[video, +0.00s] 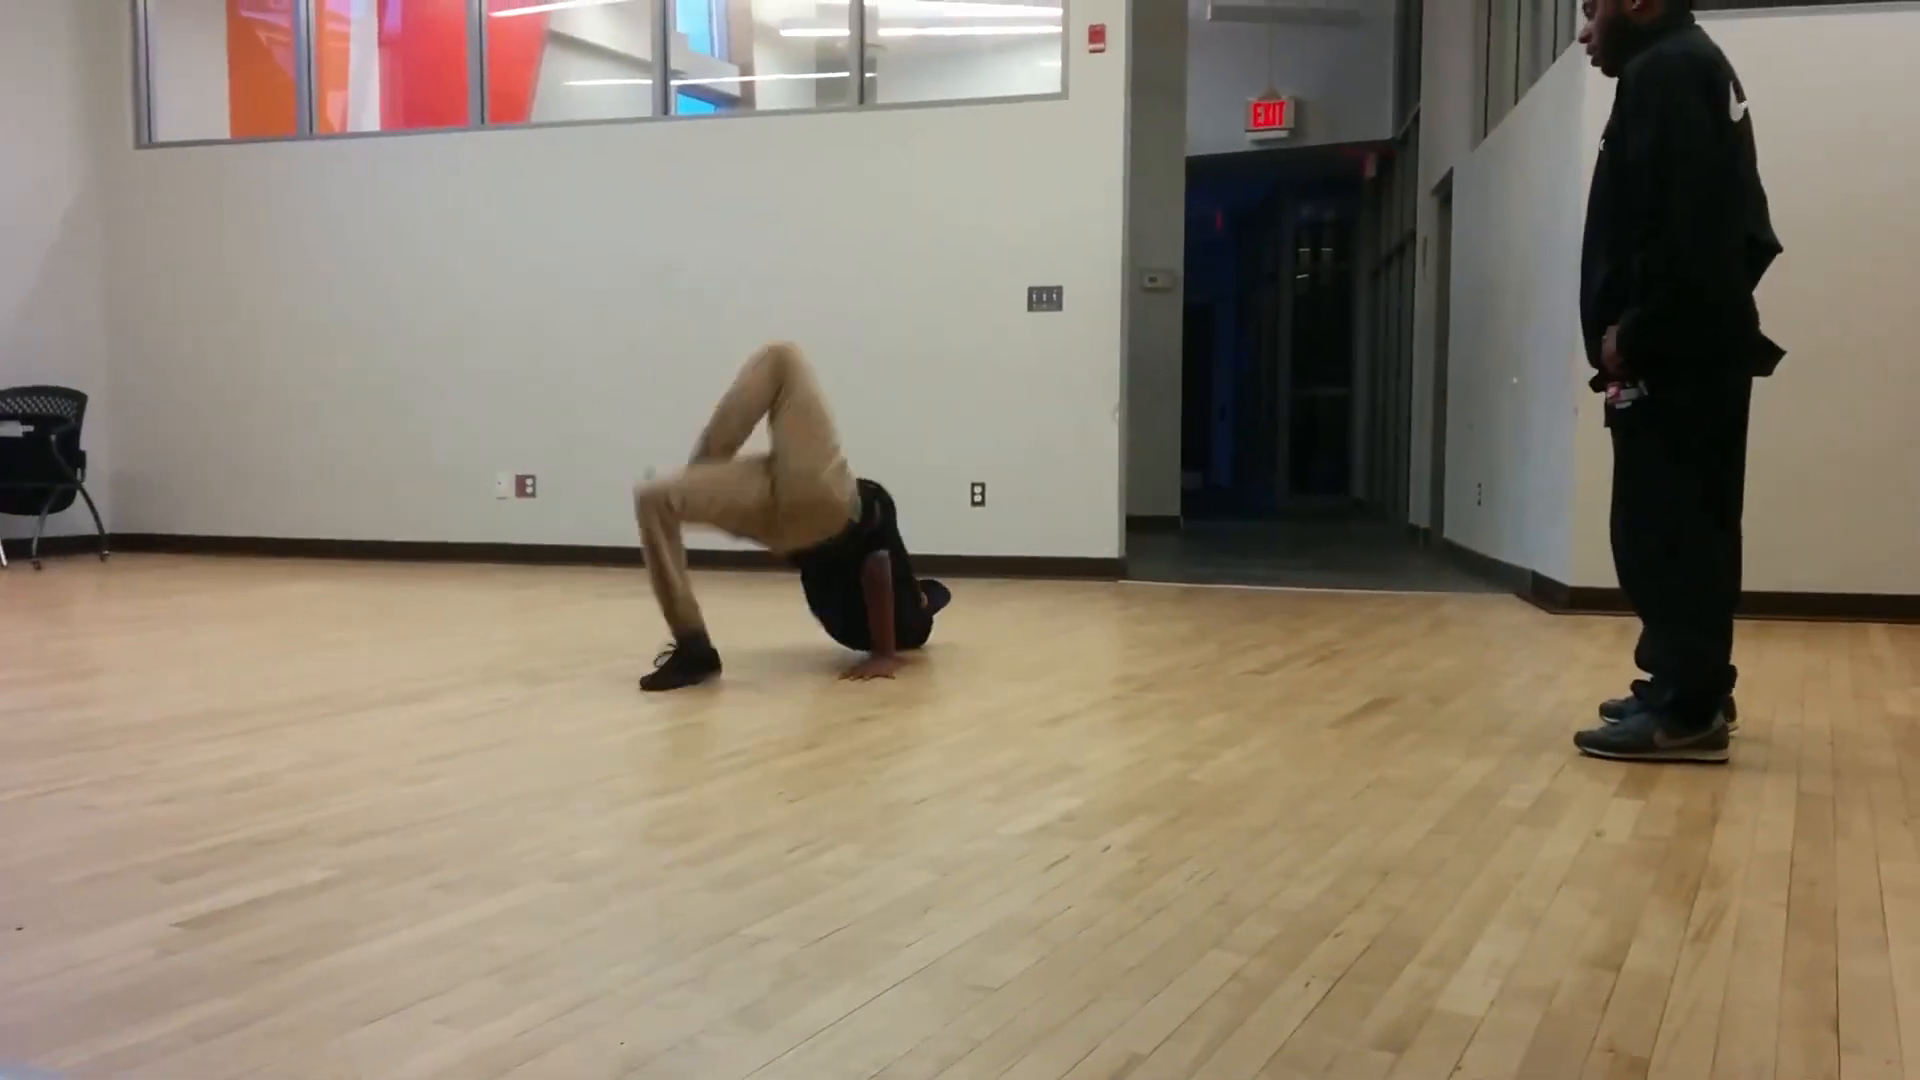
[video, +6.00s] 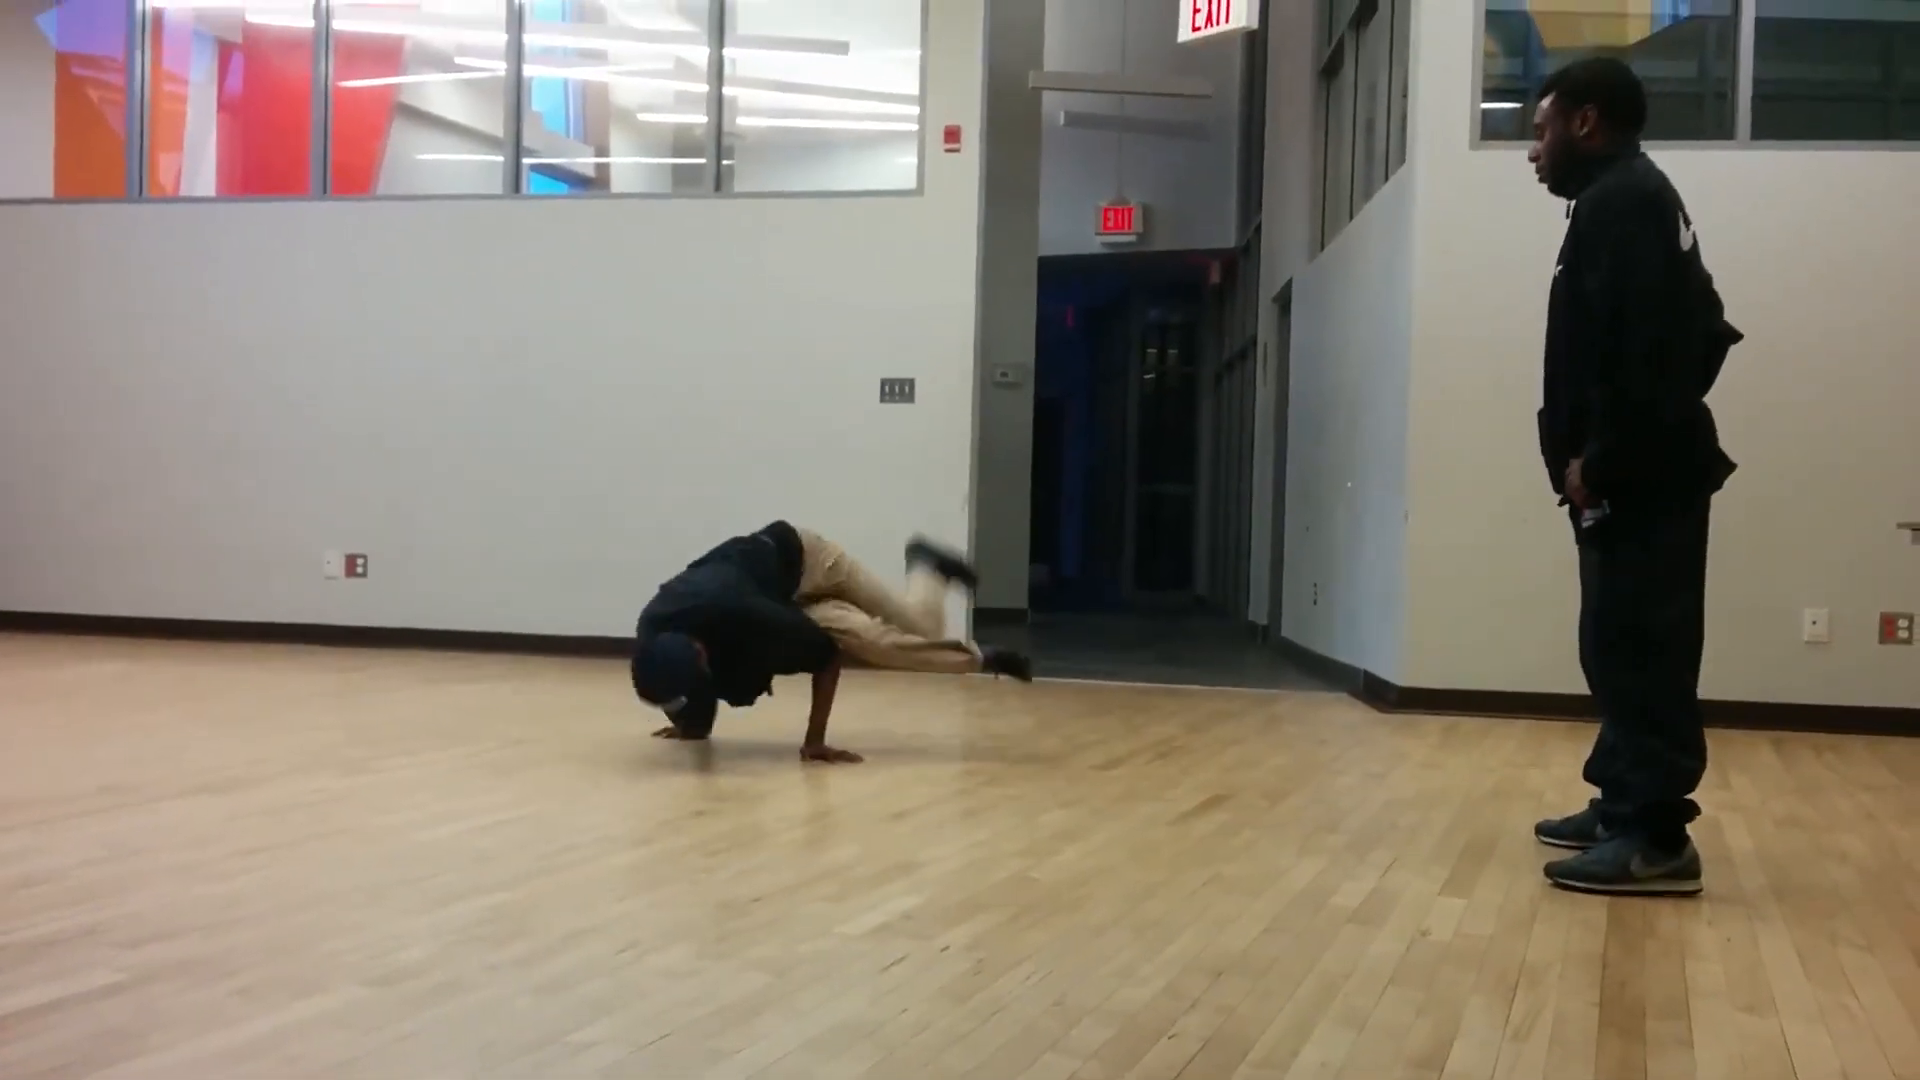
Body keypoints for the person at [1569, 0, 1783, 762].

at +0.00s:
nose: (1582, 28)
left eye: (1591, 10)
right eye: (1583, 12)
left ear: (1637, 6)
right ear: (1647, 9)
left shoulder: (1667, 72)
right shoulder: (1687, 67)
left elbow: (1678, 225)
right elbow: (1738, 234)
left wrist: (1633, 331)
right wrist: (1634, 332)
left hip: (1676, 363)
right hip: (1690, 357)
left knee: (1668, 528)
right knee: (1678, 523)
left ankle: (1687, 711)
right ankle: (1684, 693)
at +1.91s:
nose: (1563, 71)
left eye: (1571, 52)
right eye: (1563, 55)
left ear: (1615, 43)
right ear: (1624, 43)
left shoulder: (1637, 119)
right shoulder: (1675, 114)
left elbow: (1637, 269)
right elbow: (1747, 265)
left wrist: (1591, 367)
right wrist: (1684, 355)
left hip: (1638, 398)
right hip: (1675, 396)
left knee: (1628, 558)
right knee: (1663, 553)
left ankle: (1657, 741)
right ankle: (1663, 727)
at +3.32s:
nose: (1651, 48)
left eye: (1661, 26)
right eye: (1653, 29)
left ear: (1704, 22)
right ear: (1724, 27)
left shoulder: (1705, 113)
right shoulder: (1785, 103)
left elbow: (1689, 253)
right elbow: (1873, 226)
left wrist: (1661, 363)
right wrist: (1790, 298)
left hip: (1712, 383)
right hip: (1786, 378)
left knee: (1668, 550)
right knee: (1784, 551)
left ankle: (1647, 729)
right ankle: (1791, 729)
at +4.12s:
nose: (1708, 70)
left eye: (1715, 47)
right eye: (1708, 52)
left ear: (1766, 36)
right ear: (1770, 39)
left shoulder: (1806, 102)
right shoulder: (1828, 101)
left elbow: (1820, 239)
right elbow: (1898, 232)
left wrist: (1773, 342)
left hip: (1796, 386)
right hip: (1850, 385)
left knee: (1728, 532)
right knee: (1825, 546)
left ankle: (1743, 720)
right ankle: (1810, 727)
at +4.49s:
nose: (1666, 80)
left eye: (1675, 59)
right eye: (1665, 63)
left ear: (1727, 47)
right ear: (1727, 51)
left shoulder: (1774, 116)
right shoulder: (1759, 118)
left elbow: (1815, 270)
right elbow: (1816, 268)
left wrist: (1738, 374)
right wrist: (1715, 369)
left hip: (1774, 405)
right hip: (1751, 405)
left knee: (1754, 566)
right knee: (1730, 562)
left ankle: (1748, 752)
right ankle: (1723, 736)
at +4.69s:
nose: (1592, 83)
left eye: (1601, 62)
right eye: (1591, 65)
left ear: (1655, 51)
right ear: (1654, 55)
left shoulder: (1696, 125)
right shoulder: (1678, 125)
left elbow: (1709, 278)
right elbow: (1686, 276)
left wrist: (1658, 389)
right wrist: (1633, 382)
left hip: (1691, 414)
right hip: (1666, 412)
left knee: (1681, 583)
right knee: (1657, 579)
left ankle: (1682, 773)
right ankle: (1649, 743)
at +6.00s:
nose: (1531, 150)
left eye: (1540, 130)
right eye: (1531, 131)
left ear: (1585, 124)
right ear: (1593, 125)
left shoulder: (1623, 204)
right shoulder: (1630, 197)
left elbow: (1662, 343)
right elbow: (1700, 333)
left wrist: (1595, 460)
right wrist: (1604, 447)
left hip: (1646, 483)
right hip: (1635, 480)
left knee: (1644, 652)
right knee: (1623, 647)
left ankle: (1656, 840)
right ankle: (1623, 808)